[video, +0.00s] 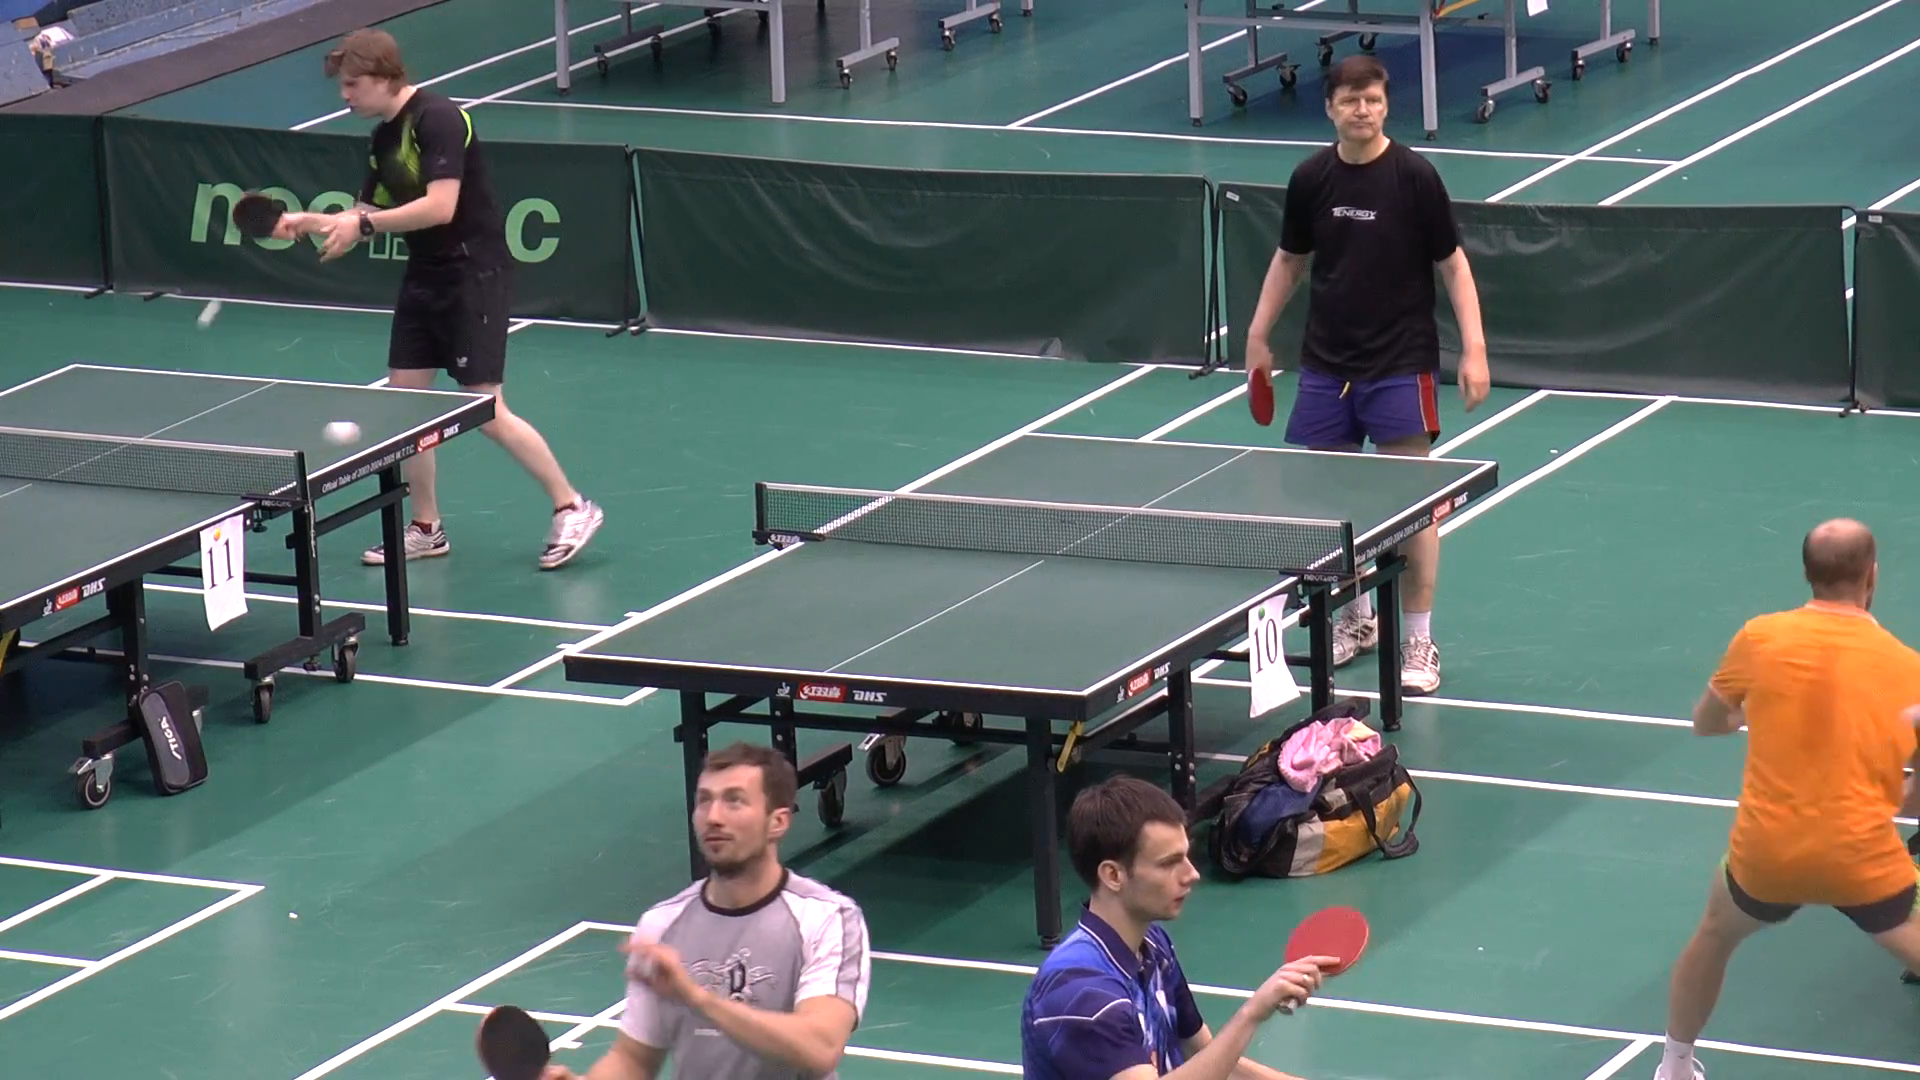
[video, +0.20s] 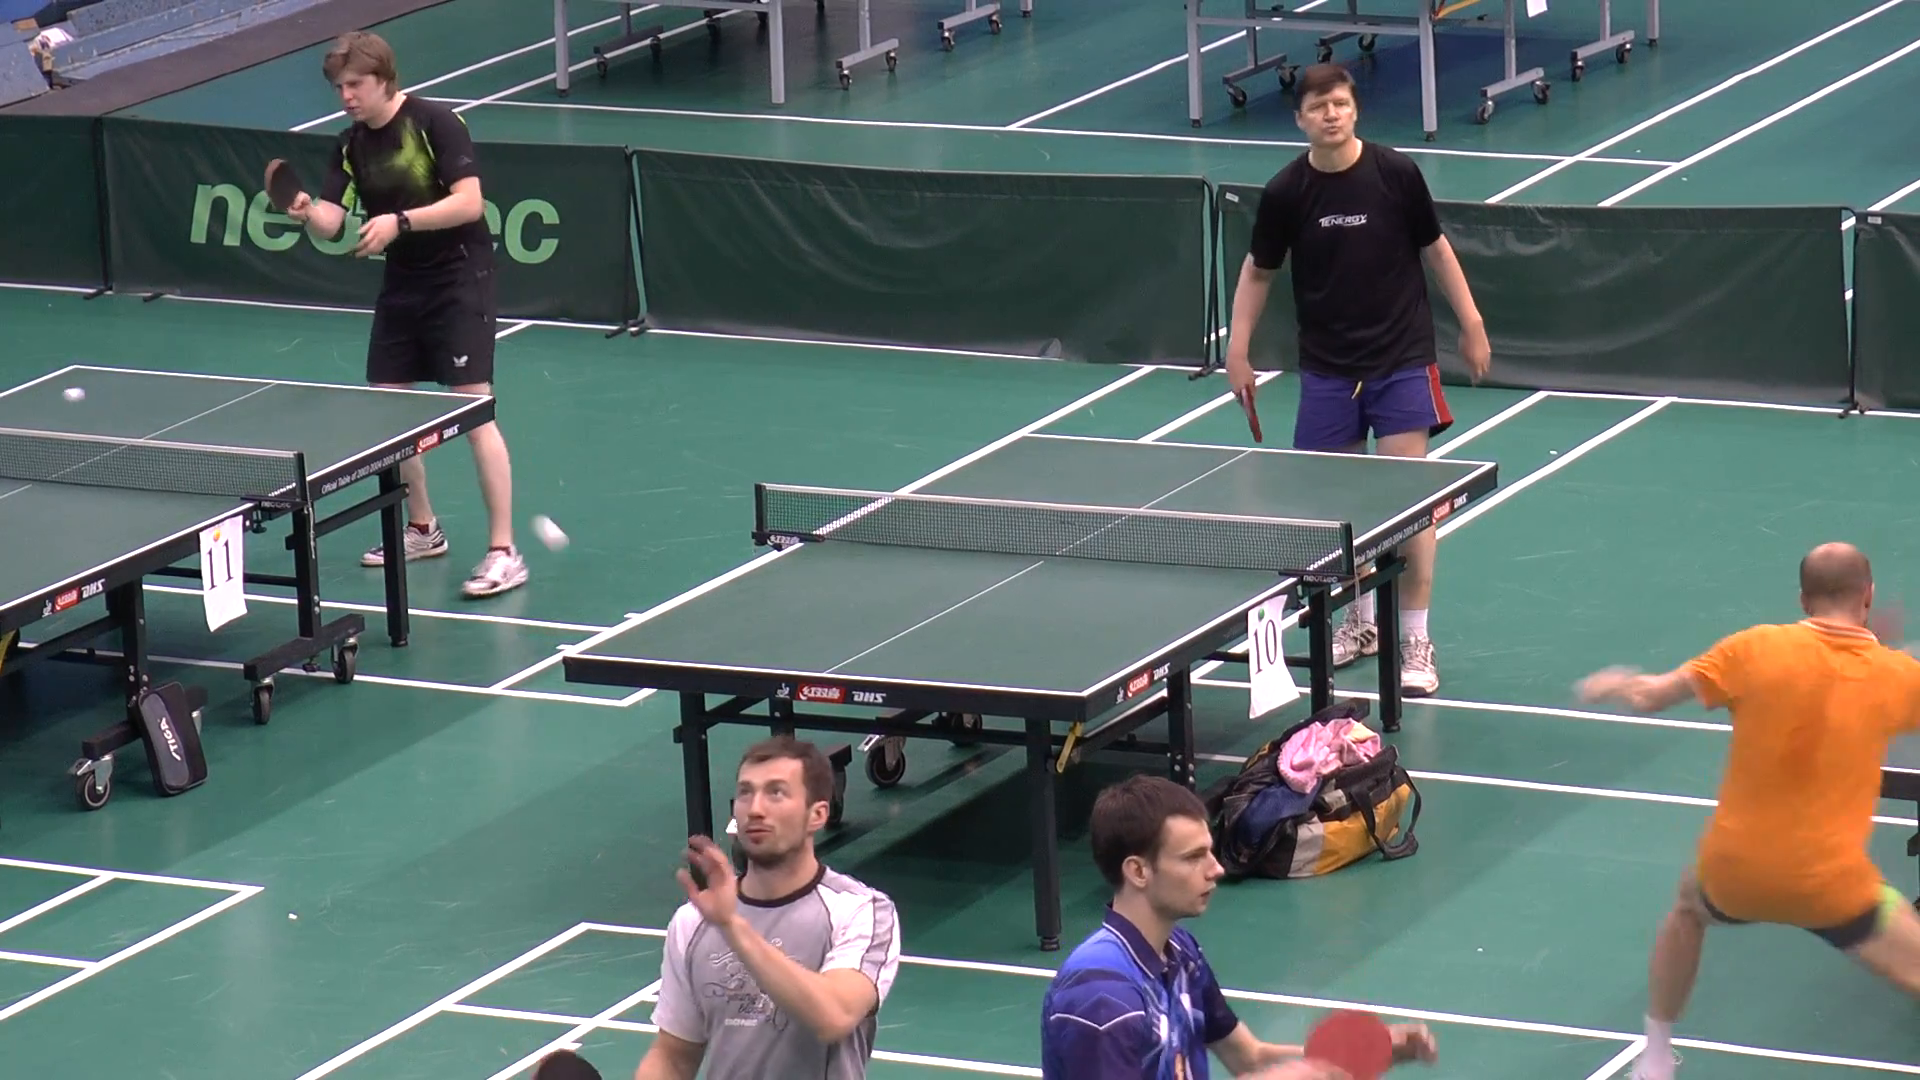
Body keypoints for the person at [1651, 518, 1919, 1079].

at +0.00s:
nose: (1876, 571)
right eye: (1876, 564)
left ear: (1806, 574)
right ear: (1871, 574)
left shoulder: (1761, 638)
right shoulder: (1906, 663)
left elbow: (1706, 722)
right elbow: (1909, 797)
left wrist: (1744, 713)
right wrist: (1875, 787)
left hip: (1765, 854)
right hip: (1863, 859)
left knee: (1714, 938)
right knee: (1913, 947)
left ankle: (1675, 1065)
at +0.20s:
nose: (1869, 597)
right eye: (1869, 590)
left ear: (1803, 595)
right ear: (1867, 595)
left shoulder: (1756, 647)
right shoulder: (1899, 674)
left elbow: (1649, 697)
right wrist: (1883, 652)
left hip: (1733, 870)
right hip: (1829, 882)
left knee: (1689, 913)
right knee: (1917, 973)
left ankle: (1655, 1055)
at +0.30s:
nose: (1847, 597)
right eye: (1845, 588)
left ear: (1778, 585)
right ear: (1840, 595)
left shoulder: (1714, 633)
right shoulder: (1861, 657)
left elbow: (1625, 688)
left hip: (1667, 846)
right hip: (1750, 865)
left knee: (1681, 899)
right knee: (1895, 970)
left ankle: (1601, 1038)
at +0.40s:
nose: (1813, 590)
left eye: (1809, 579)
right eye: (1811, 581)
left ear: (1741, 583)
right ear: (1801, 589)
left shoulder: (1674, 631)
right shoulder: (1800, 659)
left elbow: (1607, 690)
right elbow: (1898, 685)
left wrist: (1541, 774)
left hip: (1637, 849)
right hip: (1715, 861)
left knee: (1661, 924)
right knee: (1851, 968)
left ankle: (1587, 1059)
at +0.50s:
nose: (1792, 568)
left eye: (1791, 558)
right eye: (1791, 558)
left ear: (1724, 559)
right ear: (1779, 565)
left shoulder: (1653, 609)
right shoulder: (1763, 636)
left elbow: (1570, 689)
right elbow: (1812, 714)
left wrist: (1537, 784)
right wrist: (1903, 753)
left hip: (1607, 825)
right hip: (1678, 836)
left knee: (1642, 913)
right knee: (1797, 960)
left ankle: (1584, 1058)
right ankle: (1820, 1071)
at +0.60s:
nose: (1775, 547)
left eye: (1772, 537)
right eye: (1774, 539)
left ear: (1705, 543)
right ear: (1761, 548)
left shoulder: (1643, 594)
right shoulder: (1746, 629)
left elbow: (1576, 685)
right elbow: (1776, 745)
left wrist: (1586, 759)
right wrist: (1861, 812)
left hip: (1572, 800)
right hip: (1647, 822)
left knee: (1588, 899)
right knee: (1759, 958)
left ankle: (1549, 1043)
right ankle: (1730, 1070)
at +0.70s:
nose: (1759, 561)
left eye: (1755, 551)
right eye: (1757, 552)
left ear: (1688, 561)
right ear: (1743, 569)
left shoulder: (1633, 615)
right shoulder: (1717, 658)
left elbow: (1616, 725)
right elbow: (1745, 786)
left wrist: (1707, 772)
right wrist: (1835, 833)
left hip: (1552, 814)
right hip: (1611, 842)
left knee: (1555, 922)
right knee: (1714, 984)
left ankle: (1443, 1040)